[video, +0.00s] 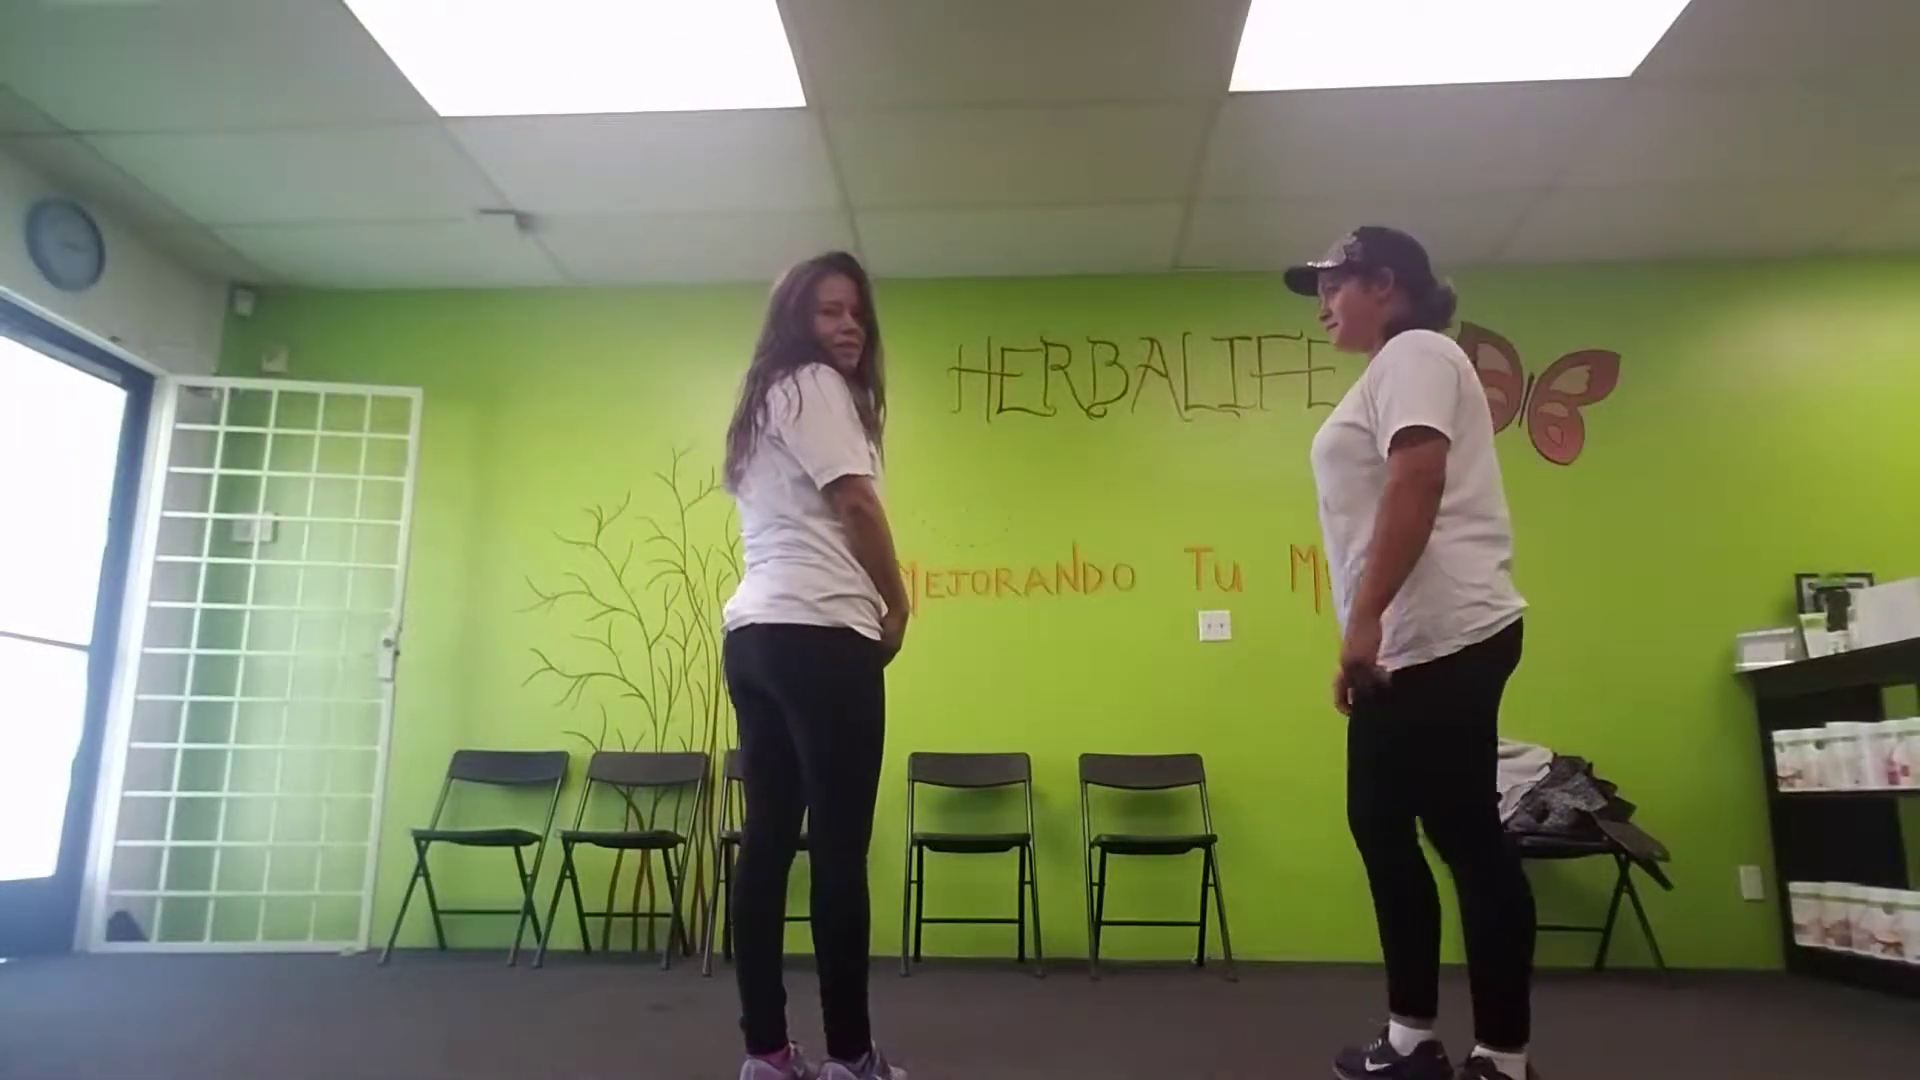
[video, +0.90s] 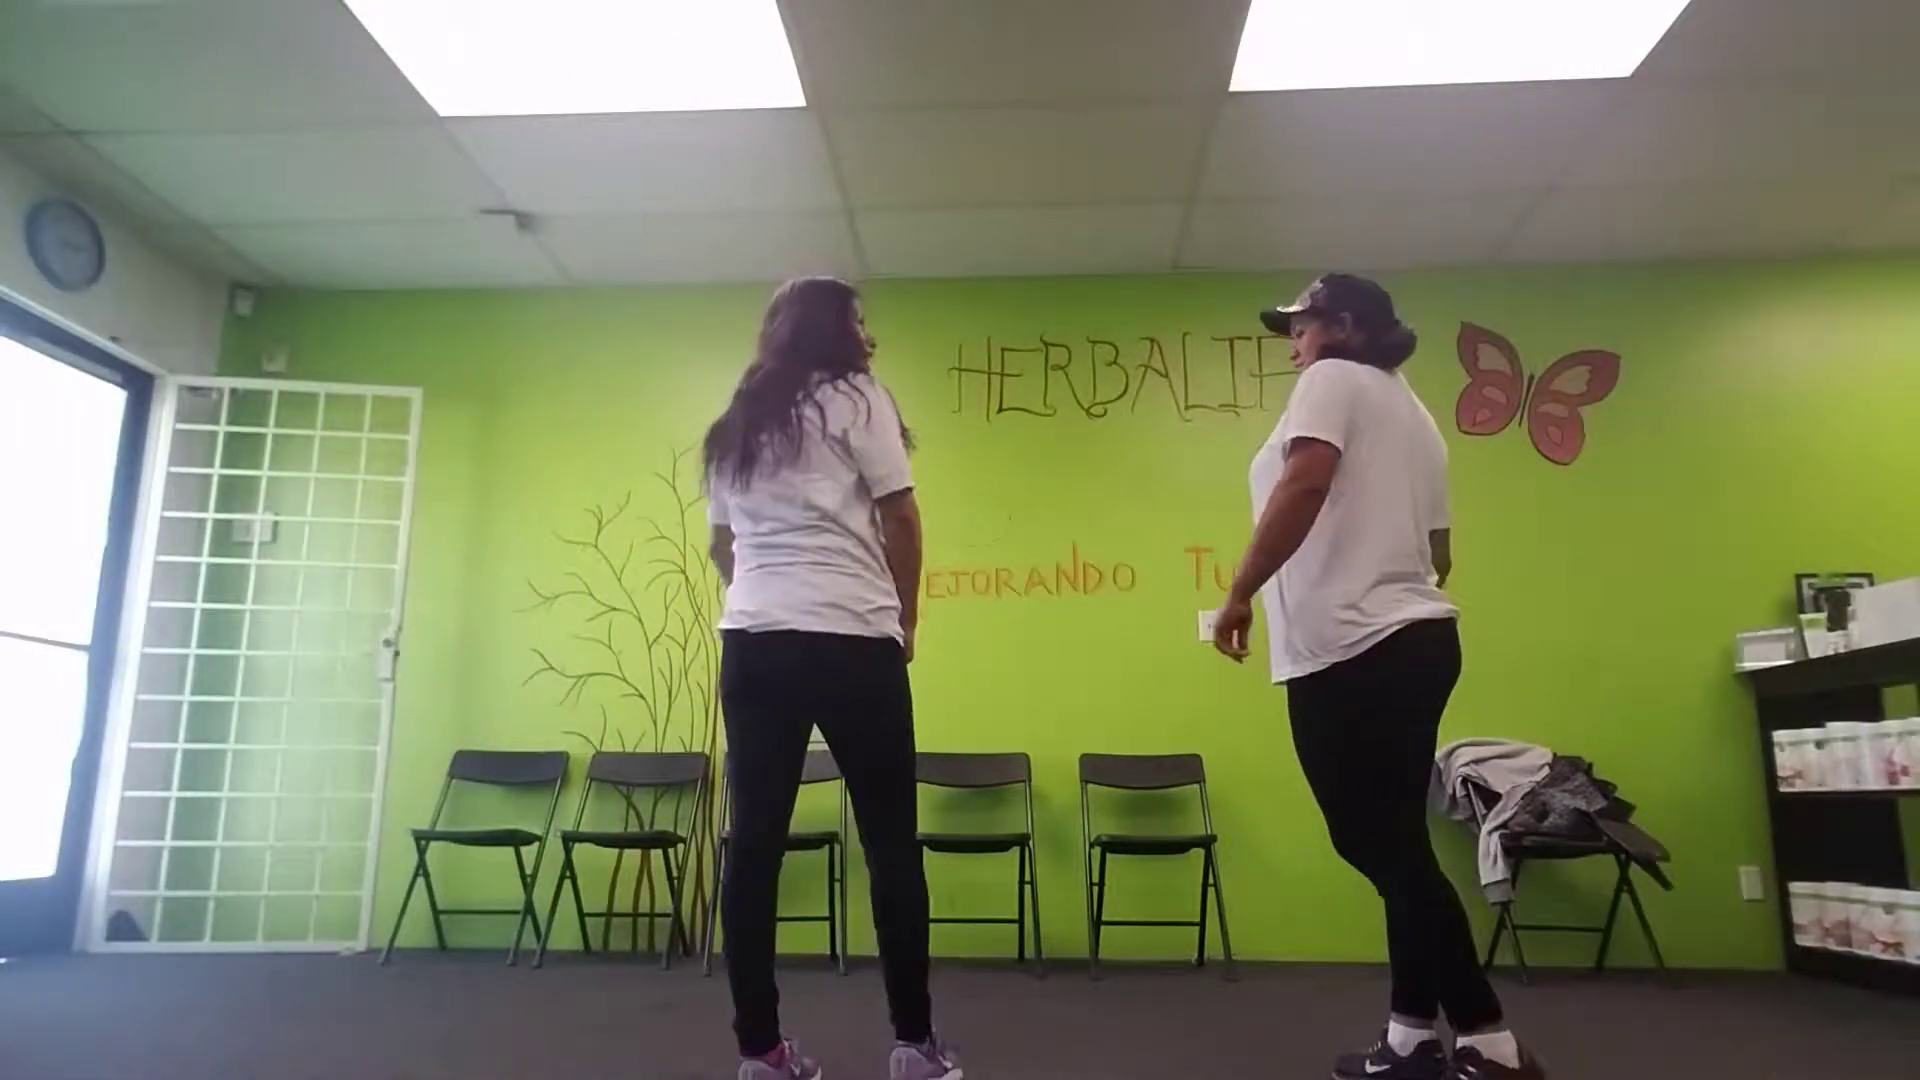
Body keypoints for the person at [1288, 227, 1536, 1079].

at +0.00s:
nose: (1322, 304)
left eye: (1333, 287)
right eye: (1322, 290)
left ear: (1384, 287)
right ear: (1381, 292)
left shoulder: (1415, 355)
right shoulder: (1396, 369)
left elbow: (1418, 484)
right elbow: (1396, 513)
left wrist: (1366, 613)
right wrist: (1358, 645)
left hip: (1446, 637)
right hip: (1402, 644)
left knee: (1468, 834)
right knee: (1380, 823)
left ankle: (1504, 1060)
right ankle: (1411, 1042)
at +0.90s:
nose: (1291, 342)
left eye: (1301, 327)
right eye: (1293, 328)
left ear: (1344, 327)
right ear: (1365, 335)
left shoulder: (1330, 378)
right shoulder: (1418, 416)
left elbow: (1307, 482)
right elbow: (1435, 557)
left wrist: (1238, 595)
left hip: (1352, 646)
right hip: (1416, 639)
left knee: (1376, 840)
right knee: (1399, 843)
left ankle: (1488, 1045)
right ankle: (1411, 1039)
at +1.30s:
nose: (1276, 351)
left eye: (1284, 337)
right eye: (1277, 337)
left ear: (1319, 336)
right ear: (1359, 340)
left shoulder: (1295, 395)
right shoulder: (1424, 417)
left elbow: (1244, 492)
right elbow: (1455, 545)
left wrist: (1189, 551)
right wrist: (1375, 566)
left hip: (1316, 651)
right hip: (1422, 645)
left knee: (1293, 832)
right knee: (1402, 832)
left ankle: (1358, 1014)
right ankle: (1419, 1033)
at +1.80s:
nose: (1215, 334)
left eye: (1221, 320)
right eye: (1217, 320)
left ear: (1243, 323)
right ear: (1303, 322)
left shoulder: (1198, 396)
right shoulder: (1361, 400)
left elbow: (1166, 513)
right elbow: (1367, 508)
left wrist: (1249, 479)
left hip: (1236, 649)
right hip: (1359, 640)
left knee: (1233, 847)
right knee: (1369, 833)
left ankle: (1235, 1050)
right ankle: (1411, 1039)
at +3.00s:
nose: (1224, 458)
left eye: (1229, 443)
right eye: (1225, 443)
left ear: (1259, 440)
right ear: (1305, 443)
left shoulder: (1219, 514)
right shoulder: (1373, 510)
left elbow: (1187, 618)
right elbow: (1375, 595)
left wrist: (1266, 583)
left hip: (1274, 716)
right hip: (1409, 709)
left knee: (1200, 863)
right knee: (1399, 862)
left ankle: (1231, 1049)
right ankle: (1424, 1043)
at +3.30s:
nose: (1215, 579)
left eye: (1219, 566)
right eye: (1215, 566)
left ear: (1249, 565)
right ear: (1299, 566)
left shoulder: (1212, 634)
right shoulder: (1360, 626)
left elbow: (1181, 740)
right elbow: (1376, 715)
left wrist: (1239, 675)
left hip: (1272, 844)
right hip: (1421, 835)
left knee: (1174, 873)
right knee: (1392, 879)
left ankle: (1231, 1046)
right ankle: (1420, 1040)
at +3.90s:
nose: (1215, 484)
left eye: (1218, 470)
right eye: (1216, 470)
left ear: (1242, 472)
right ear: (1297, 471)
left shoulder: (1206, 540)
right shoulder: (1354, 536)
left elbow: (1174, 646)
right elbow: (1363, 615)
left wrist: (1249, 598)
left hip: (1261, 735)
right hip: (1394, 725)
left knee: (1186, 869)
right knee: (1393, 870)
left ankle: (1231, 1044)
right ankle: (1420, 1038)